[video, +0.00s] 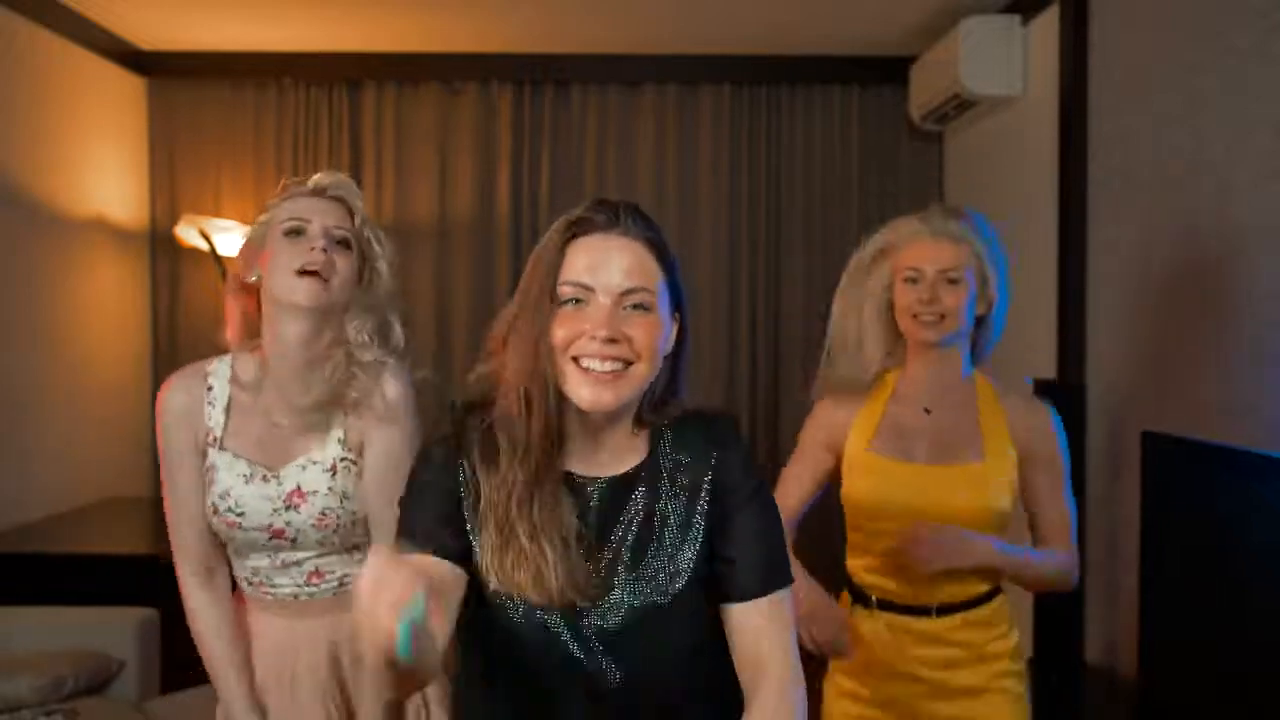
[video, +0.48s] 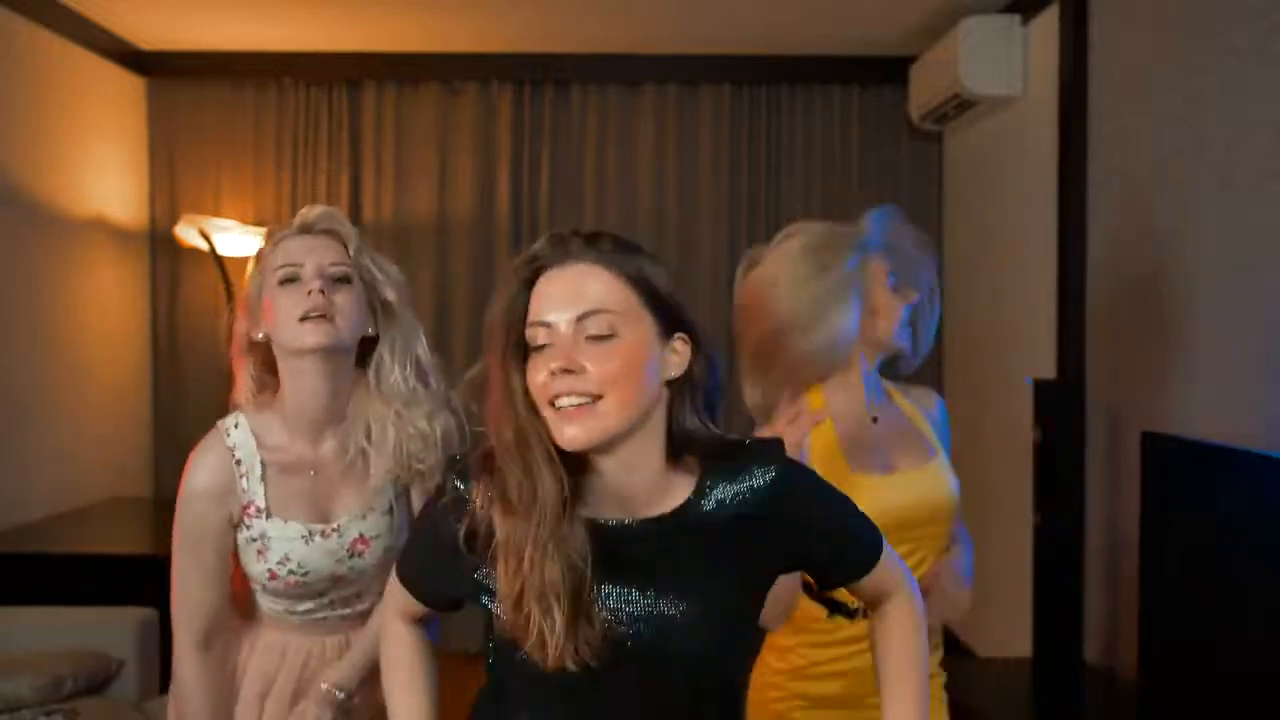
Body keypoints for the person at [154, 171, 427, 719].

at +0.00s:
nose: (319, 248)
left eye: (342, 242)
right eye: (295, 232)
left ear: (359, 284)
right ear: (254, 264)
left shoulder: (380, 394)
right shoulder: (190, 399)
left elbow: (394, 560)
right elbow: (201, 575)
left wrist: (423, 693)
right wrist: (237, 703)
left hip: (367, 653)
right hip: (262, 656)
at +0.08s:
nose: (317, 268)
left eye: (339, 262)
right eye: (292, 255)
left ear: (361, 306)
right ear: (255, 294)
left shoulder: (392, 417)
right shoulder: (188, 426)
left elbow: (405, 585)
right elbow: (194, 602)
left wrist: (440, 703)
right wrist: (242, 710)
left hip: (374, 681)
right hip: (259, 686)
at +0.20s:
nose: (317, 285)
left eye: (340, 277)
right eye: (290, 277)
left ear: (367, 321)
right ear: (261, 318)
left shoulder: (401, 440)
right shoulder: (200, 453)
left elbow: (400, 607)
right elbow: (189, 623)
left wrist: (381, 709)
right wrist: (235, 715)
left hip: (368, 666)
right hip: (255, 676)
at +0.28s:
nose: (316, 274)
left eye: (339, 266)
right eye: (290, 266)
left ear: (368, 309)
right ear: (260, 309)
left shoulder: (407, 432)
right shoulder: (205, 446)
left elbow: (401, 596)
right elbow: (191, 623)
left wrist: (362, 712)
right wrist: (227, 715)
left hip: (366, 663)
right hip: (255, 667)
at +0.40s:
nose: (316, 270)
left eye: (338, 259)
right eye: (290, 261)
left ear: (372, 298)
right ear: (260, 301)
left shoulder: (415, 422)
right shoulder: (216, 442)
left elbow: (415, 566)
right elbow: (196, 620)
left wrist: (348, 699)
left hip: (377, 654)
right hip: (263, 660)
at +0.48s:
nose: (316, 289)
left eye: (339, 279)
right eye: (290, 279)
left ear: (372, 315)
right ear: (258, 319)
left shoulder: (414, 436)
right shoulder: (220, 464)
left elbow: (422, 577)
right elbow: (200, 644)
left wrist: (335, 689)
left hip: (382, 669)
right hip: (271, 669)